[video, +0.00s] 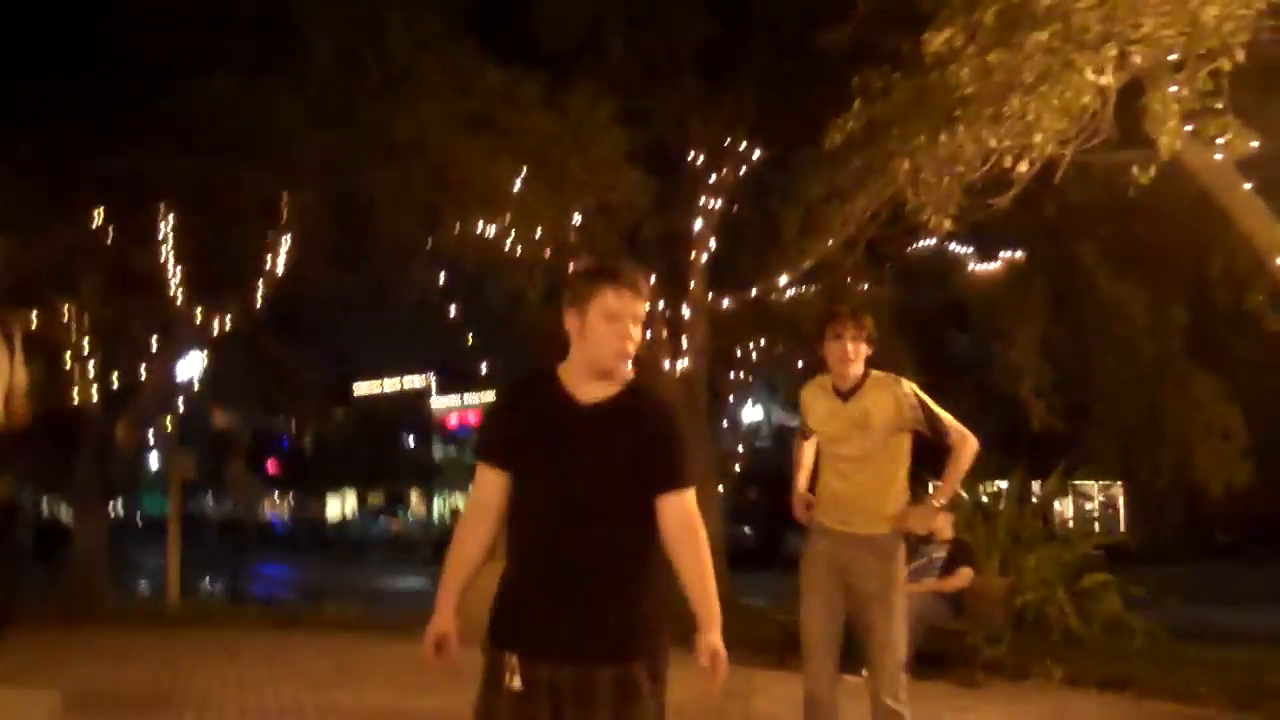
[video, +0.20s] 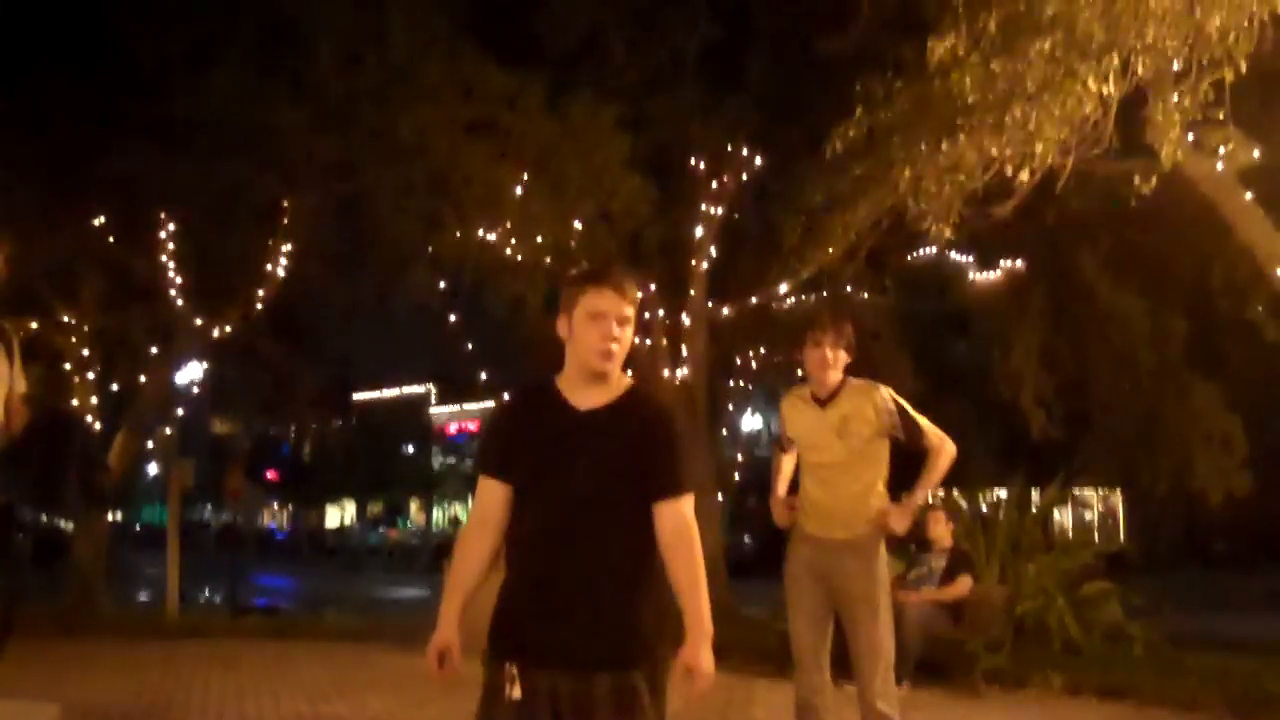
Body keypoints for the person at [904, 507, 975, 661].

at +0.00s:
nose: (934, 518)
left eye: (940, 513)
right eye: (934, 513)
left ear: (951, 517)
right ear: (930, 516)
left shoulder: (960, 546)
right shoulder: (919, 544)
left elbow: (963, 578)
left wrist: (925, 586)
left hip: (946, 603)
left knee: (913, 604)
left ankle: (903, 666)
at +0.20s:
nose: (932, 528)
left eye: (937, 522)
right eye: (929, 523)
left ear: (950, 526)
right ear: (924, 527)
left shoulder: (959, 556)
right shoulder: (919, 556)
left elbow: (962, 588)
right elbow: (900, 581)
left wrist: (921, 596)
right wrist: (900, 594)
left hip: (943, 614)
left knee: (912, 609)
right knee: (885, 606)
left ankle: (904, 676)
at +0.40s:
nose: (931, 524)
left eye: (938, 519)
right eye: (929, 519)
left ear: (950, 523)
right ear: (924, 523)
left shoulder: (960, 553)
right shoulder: (917, 554)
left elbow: (961, 585)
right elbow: (898, 580)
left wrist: (917, 594)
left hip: (943, 611)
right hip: (909, 607)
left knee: (912, 610)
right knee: (879, 607)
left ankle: (904, 676)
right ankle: (867, 672)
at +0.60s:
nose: (931, 522)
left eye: (937, 517)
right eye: (928, 518)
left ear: (950, 522)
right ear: (924, 522)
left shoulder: (960, 551)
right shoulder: (917, 553)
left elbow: (962, 583)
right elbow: (895, 584)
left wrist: (919, 592)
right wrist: (906, 593)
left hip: (943, 606)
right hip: (909, 603)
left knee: (911, 610)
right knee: (874, 607)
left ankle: (902, 674)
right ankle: (864, 670)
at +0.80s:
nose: (927, 529)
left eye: (933, 523)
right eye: (924, 523)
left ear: (946, 526)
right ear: (919, 527)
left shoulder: (955, 557)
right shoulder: (913, 554)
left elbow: (957, 588)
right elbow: (896, 579)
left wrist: (911, 598)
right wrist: (886, 590)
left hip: (937, 613)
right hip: (903, 607)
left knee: (907, 614)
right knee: (864, 612)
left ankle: (898, 679)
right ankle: (859, 674)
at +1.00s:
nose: (896, 559)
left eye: (901, 552)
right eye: (893, 553)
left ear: (915, 555)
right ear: (888, 557)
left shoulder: (924, 586)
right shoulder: (879, 586)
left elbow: (924, 618)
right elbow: (860, 620)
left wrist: (877, 627)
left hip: (908, 649)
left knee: (877, 639)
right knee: (840, 637)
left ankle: (871, 706)